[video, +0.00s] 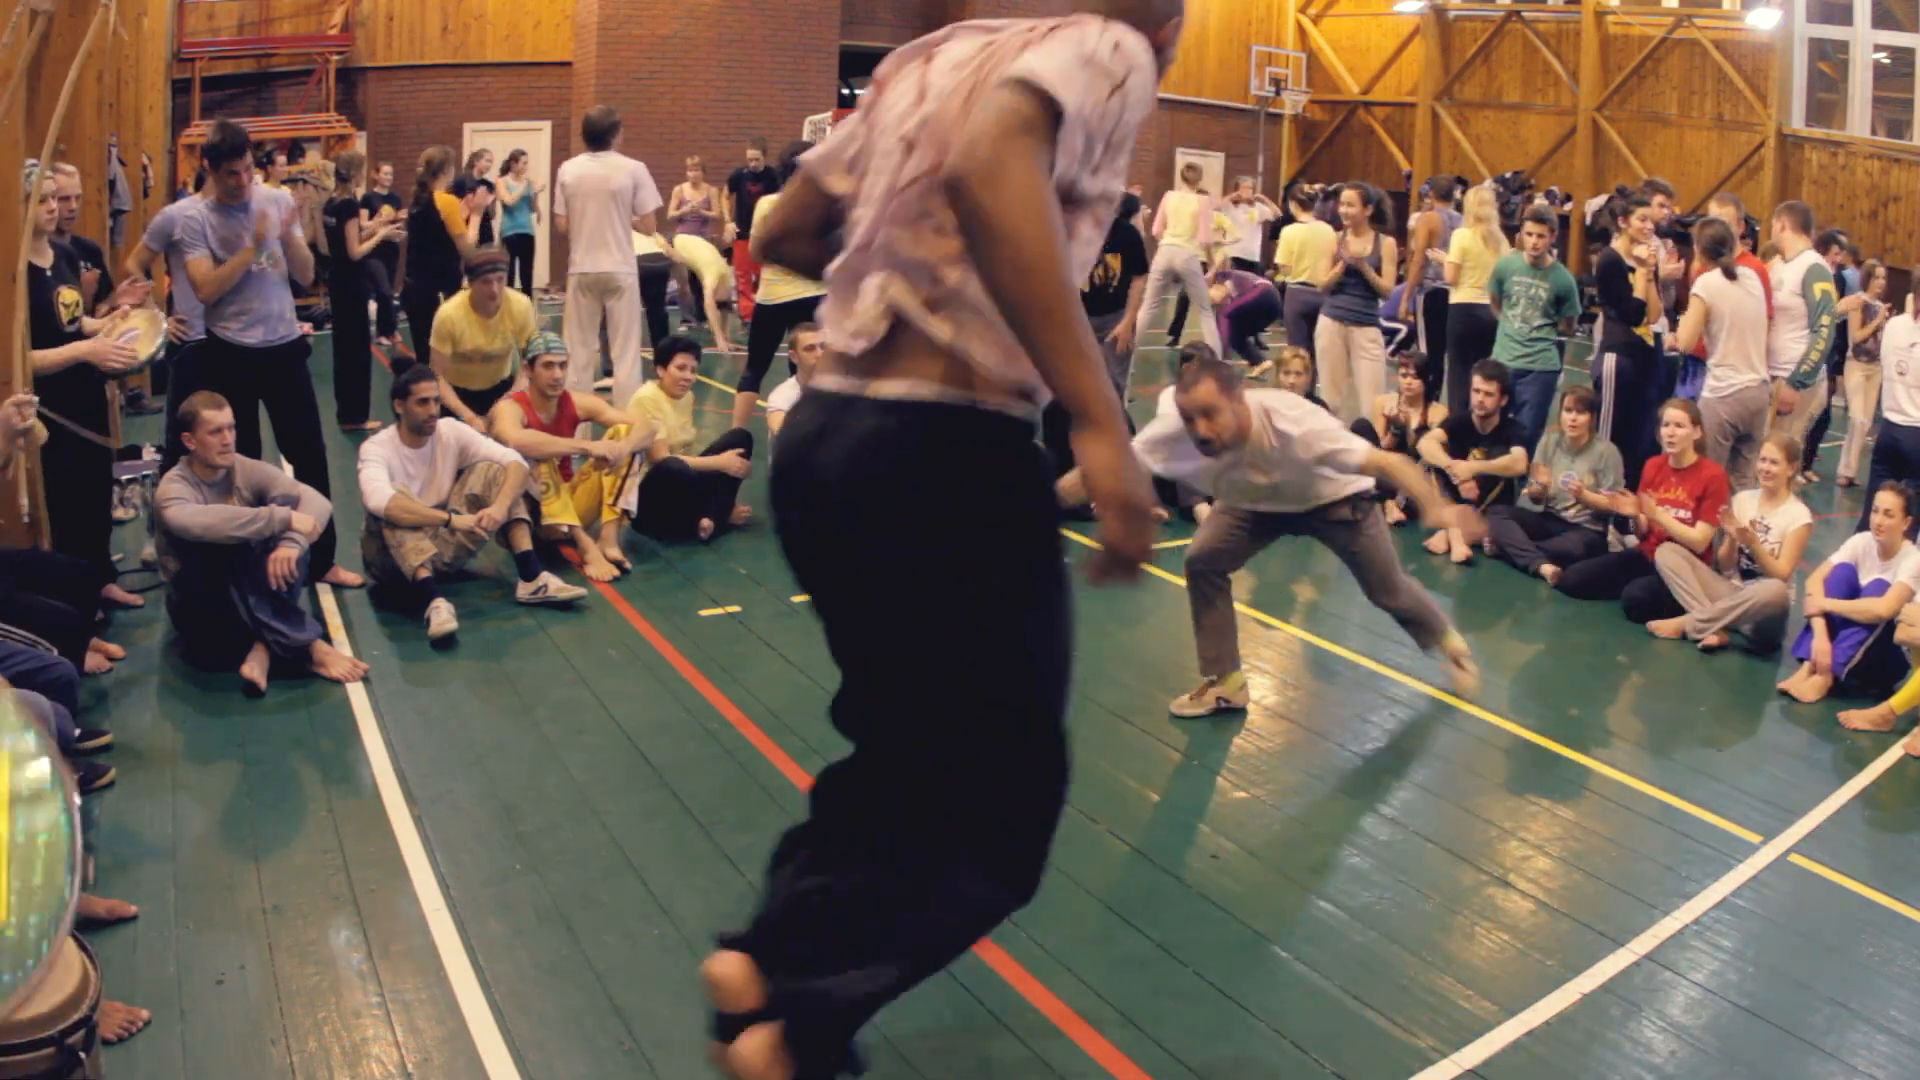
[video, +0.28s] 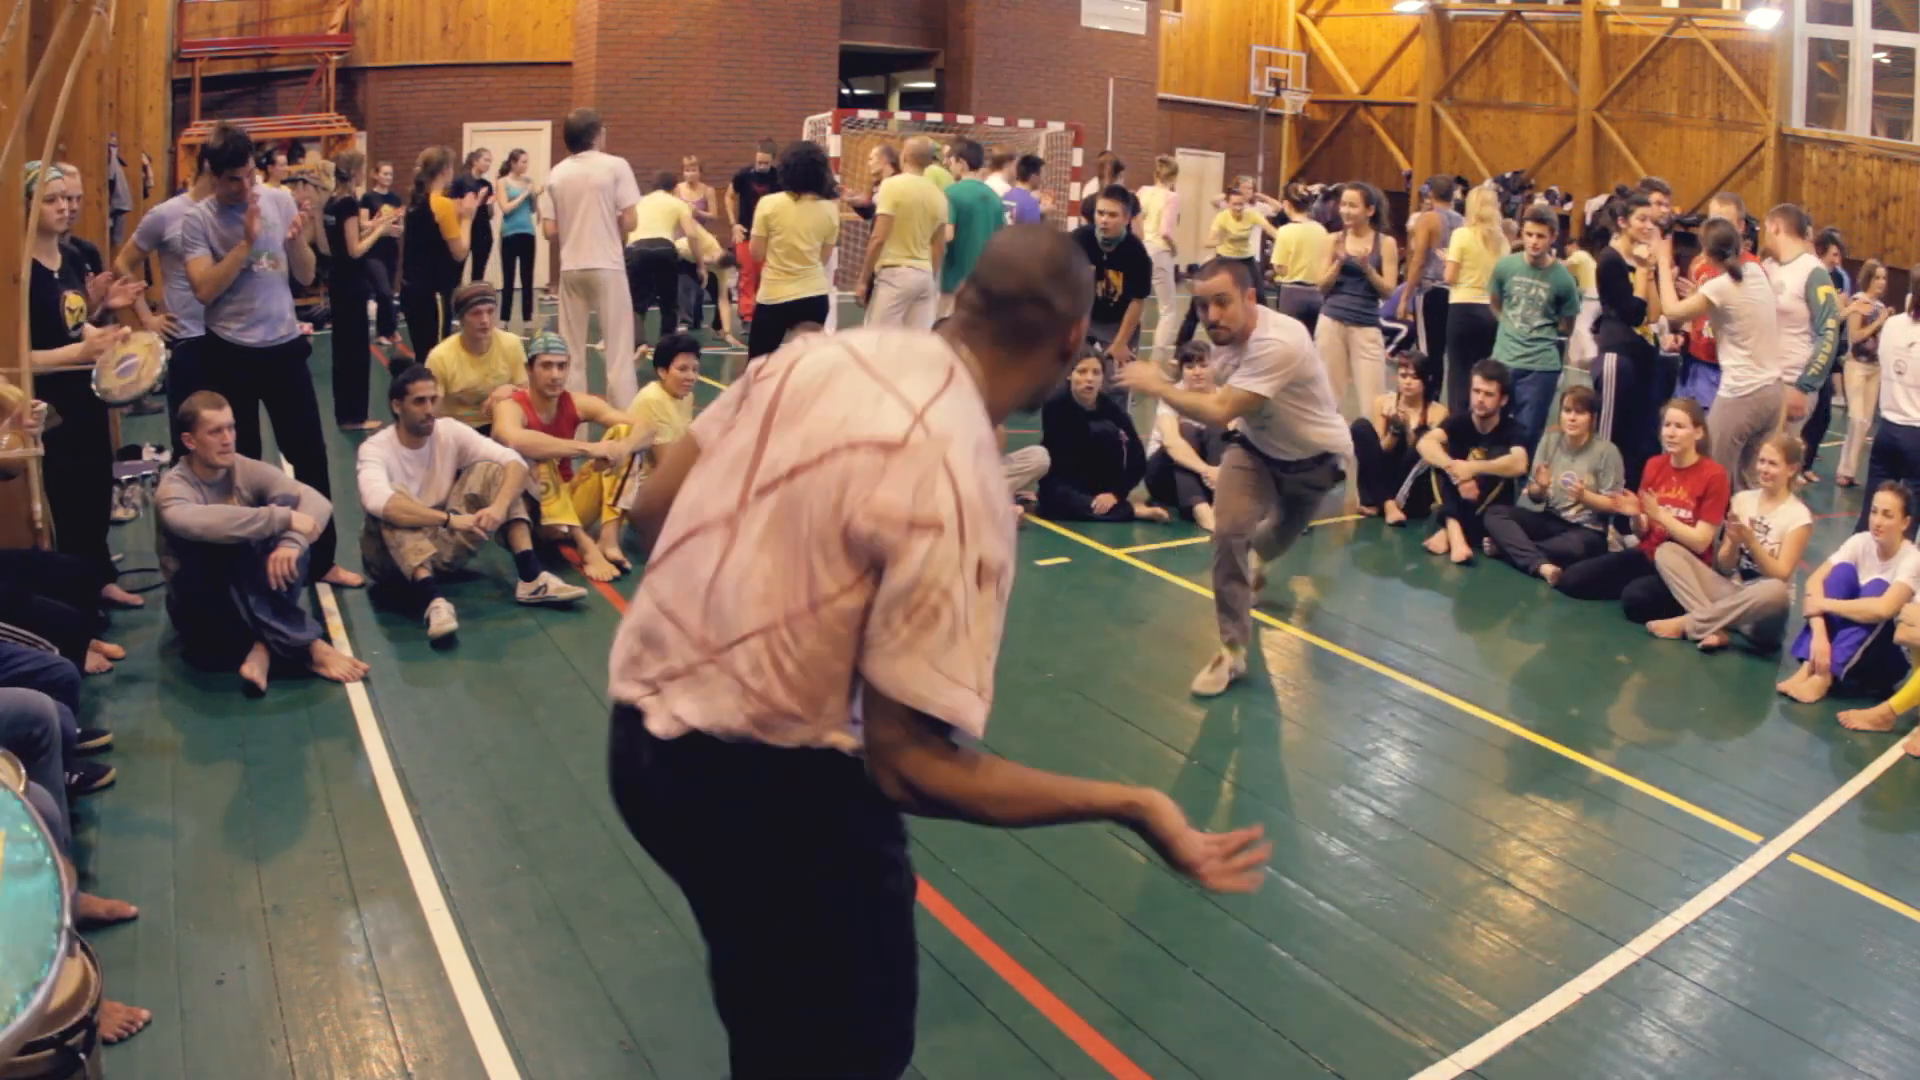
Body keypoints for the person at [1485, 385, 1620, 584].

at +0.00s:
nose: (1573, 418)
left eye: (1580, 412)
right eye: (1568, 411)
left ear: (1592, 417)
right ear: (1560, 414)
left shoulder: (1607, 452)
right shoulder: (1549, 441)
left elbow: (1613, 505)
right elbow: (1533, 497)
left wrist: (1583, 495)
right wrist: (1539, 489)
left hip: (1584, 528)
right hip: (1546, 518)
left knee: (1575, 548)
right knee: (1498, 513)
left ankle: (1509, 550)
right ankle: (1539, 566)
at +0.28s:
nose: (1572, 418)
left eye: (1579, 412)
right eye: (1567, 411)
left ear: (1591, 418)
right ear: (1560, 414)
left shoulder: (1607, 452)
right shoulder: (1550, 440)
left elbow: (1613, 504)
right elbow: (1532, 495)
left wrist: (1584, 496)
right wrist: (1540, 487)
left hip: (1583, 529)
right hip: (1547, 519)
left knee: (1575, 548)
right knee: (1494, 514)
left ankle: (1509, 550)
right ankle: (1539, 566)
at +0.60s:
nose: (1571, 418)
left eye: (1578, 412)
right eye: (1567, 411)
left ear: (1591, 417)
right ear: (1560, 414)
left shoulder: (1606, 451)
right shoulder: (1550, 440)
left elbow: (1614, 505)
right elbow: (1532, 495)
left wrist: (1582, 495)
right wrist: (1541, 487)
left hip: (1584, 530)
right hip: (1548, 520)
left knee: (1575, 548)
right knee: (1494, 514)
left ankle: (1509, 550)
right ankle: (1539, 566)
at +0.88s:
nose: (1568, 419)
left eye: (1576, 413)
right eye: (1564, 412)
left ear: (1590, 418)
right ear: (1559, 415)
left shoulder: (1606, 452)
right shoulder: (1549, 441)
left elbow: (1614, 504)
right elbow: (1531, 495)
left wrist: (1582, 496)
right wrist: (1538, 488)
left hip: (1584, 530)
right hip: (1547, 519)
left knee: (1574, 548)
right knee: (1494, 514)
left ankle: (1508, 550)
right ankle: (1538, 566)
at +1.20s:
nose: (1569, 418)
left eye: (1576, 413)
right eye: (1565, 412)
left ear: (1591, 417)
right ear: (1559, 415)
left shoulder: (1607, 452)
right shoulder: (1549, 442)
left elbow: (1614, 505)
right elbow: (1531, 491)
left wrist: (1579, 494)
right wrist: (1544, 487)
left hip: (1584, 529)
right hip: (1546, 519)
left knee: (1576, 547)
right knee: (1495, 514)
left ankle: (1508, 550)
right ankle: (1539, 565)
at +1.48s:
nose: (1570, 421)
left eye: (1578, 414)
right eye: (1566, 413)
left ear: (1592, 418)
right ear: (1559, 416)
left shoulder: (1606, 452)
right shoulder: (1549, 442)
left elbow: (1610, 505)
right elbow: (1533, 492)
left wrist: (1575, 494)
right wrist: (1553, 489)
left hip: (1584, 529)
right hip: (1548, 519)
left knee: (1577, 547)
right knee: (1494, 514)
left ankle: (1510, 550)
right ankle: (1539, 566)